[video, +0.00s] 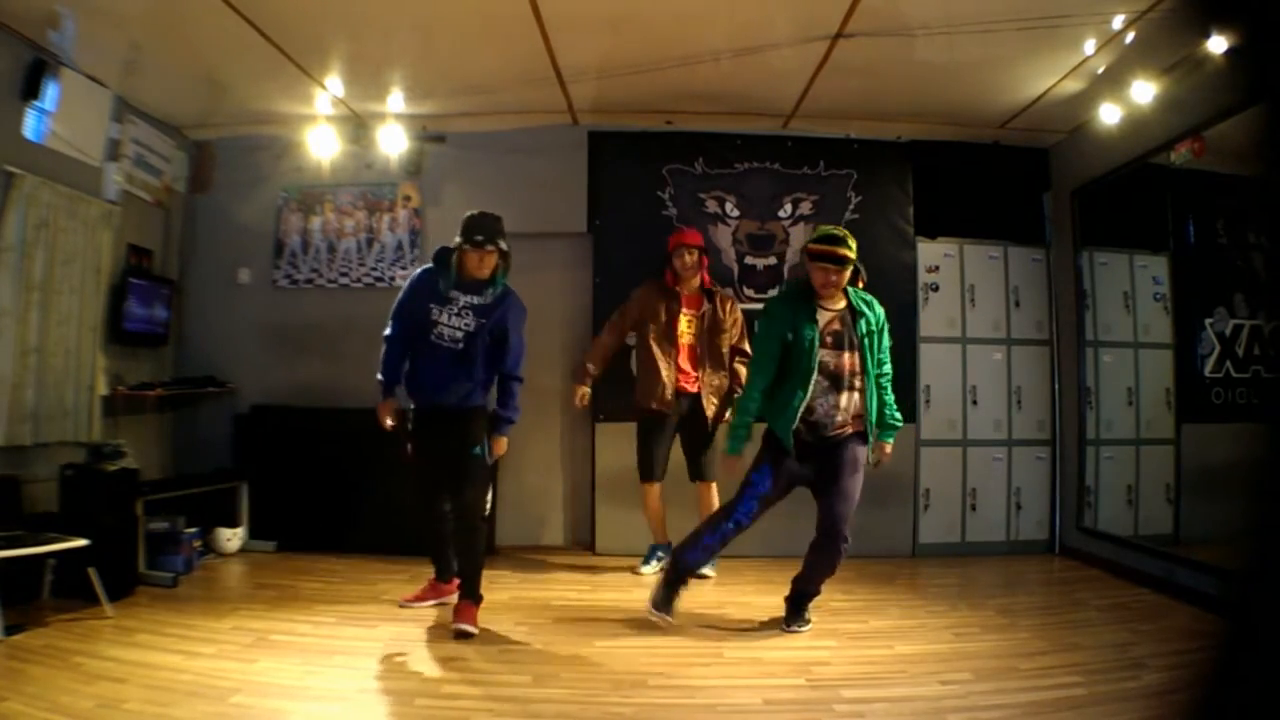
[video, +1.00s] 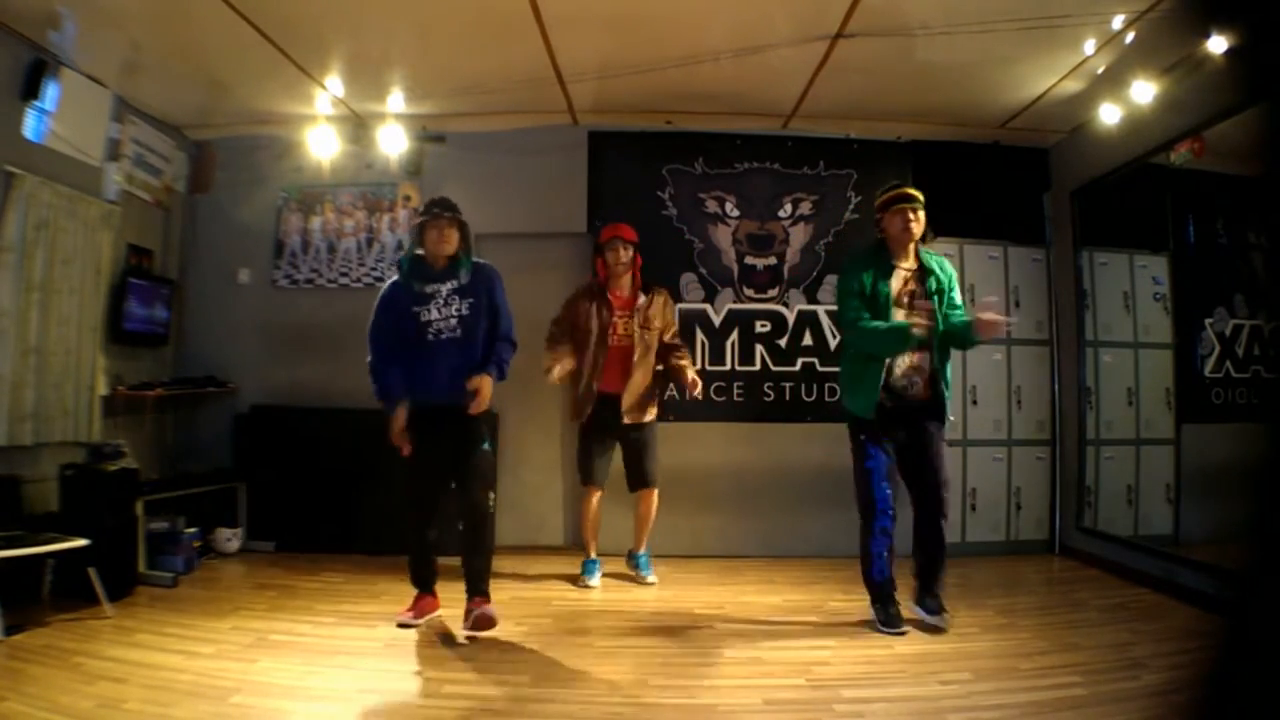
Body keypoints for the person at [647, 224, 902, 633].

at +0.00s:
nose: (830, 276)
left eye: (839, 268)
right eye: (822, 267)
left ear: (851, 271)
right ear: (808, 267)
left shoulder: (870, 312)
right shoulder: (785, 307)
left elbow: (883, 374)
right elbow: (760, 373)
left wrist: (887, 428)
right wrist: (738, 434)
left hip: (846, 441)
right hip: (791, 437)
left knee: (837, 532)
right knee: (741, 513)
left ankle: (800, 599)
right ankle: (676, 572)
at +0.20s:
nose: (839, 264)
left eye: (847, 256)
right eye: (831, 255)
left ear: (859, 261)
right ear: (818, 258)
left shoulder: (875, 308)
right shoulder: (789, 298)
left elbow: (886, 370)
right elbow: (757, 359)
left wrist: (892, 422)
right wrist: (733, 419)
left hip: (850, 429)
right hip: (797, 426)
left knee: (838, 519)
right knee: (799, 510)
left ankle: (806, 591)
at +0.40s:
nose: (846, 240)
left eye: (854, 234)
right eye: (837, 233)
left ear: (864, 243)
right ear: (823, 241)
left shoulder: (886, 294)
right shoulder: (795, 288)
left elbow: (902, 355)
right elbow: (772, 352)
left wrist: (911, 411)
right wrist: (764, 415)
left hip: (861, 417)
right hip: (810, 409)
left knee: (839, 514)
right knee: (855, 477)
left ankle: (798, 601)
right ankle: (896, 573)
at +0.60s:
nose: (857, 239)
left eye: (863, 231)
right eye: (847, 232)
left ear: (875, 240)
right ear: (832, 243)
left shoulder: (902, 285)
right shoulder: (815, 295)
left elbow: (924, 340)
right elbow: (794, 360)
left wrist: (934, 394)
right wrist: (793, 421)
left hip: (888, 415)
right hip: (840, 410)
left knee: (850, 508)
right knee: (867, 497)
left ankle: (799, 595)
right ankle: (880, 602)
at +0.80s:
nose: (880, 237)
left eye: (887, 229)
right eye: (871, 230)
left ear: (898, 236)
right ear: (855, 238)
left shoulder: (921, 275)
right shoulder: (837, 292)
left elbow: (957, 313)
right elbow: (812, 352)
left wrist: (989, 353)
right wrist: (843, 385)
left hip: (914, 417)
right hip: (865, 417)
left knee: (920, 505)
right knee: (883, 508)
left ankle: (847, 553)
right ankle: (883, 601)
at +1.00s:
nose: (910, 219)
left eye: (916, 212)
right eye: (901, 213)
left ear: (925, 222)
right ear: (882, 221)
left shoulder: (940, 271)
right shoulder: (859, 269)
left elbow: (952, 329)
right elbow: (854, 331)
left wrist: (976, 328)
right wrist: (910, 333)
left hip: (923, 408)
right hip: (872, 407)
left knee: (933, 501)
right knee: (878, 507)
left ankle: (928, 596)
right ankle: (883, 602)